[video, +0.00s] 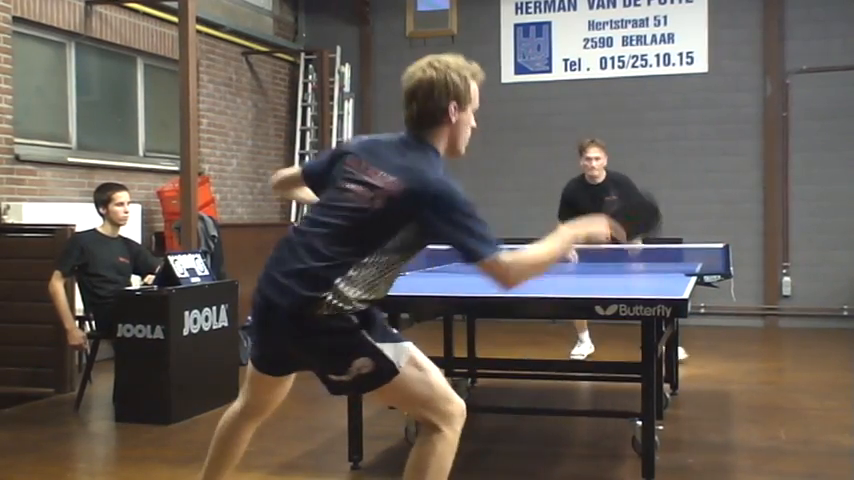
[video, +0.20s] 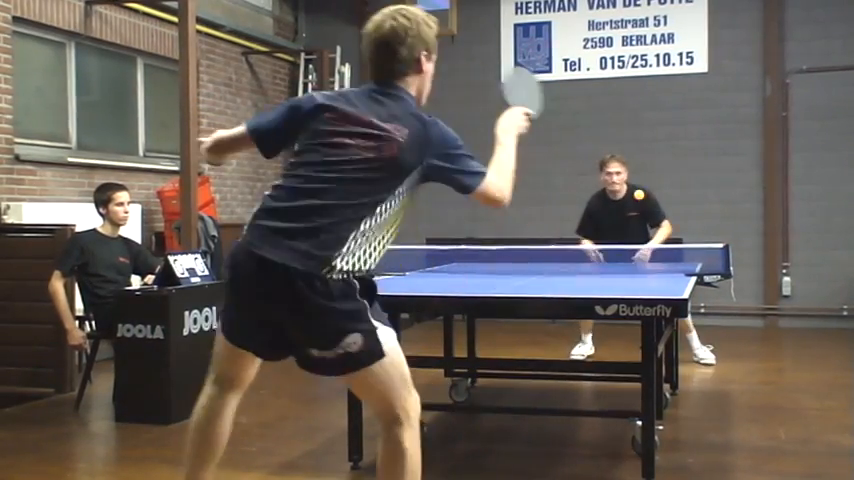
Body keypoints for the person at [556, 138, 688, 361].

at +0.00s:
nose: (592, 164)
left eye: (597, 159)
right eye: (588, 159)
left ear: (605, 160)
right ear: (580, 162)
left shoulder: (621, 183)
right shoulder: (572, 189)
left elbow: (644, 214)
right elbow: (563, 223)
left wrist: (636, 238)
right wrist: (566, 245)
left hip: (624, 251)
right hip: (587, 254)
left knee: (652, 289)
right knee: (571, 292)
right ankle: (583, 340)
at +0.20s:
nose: (613, 179)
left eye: (618, 173)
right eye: (609, 174)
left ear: (626, 175)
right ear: (601, 177)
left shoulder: (641, 196)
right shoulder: (596, 202)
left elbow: (665, 227)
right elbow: (583, 238)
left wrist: (649, 247)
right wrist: (588, 247)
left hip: (641, 265)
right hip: (606, 267)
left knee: (676, 295)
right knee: (583, 292)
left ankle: (696, 347)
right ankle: (585, 342)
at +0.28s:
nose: (621, 178)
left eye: (625, 173)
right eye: (616, 173)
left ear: (633, 174)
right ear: (608, 176)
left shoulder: (648, 192)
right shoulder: (602, 201)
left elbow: (675, 224)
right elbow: (595, 237)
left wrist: (654, 242)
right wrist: (602, 249)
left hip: (651, 263)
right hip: (616, 265)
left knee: (679, 294)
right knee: (588, 288)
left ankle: (697, 346)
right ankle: (590, 337)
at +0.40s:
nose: (627, 180)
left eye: (632, 175)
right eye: (622, 176)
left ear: (639, 175)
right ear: (614, 177)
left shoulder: (653, 192)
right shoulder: (608, 203)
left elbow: (684, 221)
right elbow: (605, 239)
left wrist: (667, 233)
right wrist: (613, 249)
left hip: (659, 261)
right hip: (624, 263)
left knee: (683, 296)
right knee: (600, 294)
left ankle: (701, 346)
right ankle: (596, 346)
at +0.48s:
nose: (630, 182)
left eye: (634, 177)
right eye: (626, 177)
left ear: (641, 177)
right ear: (617, 179)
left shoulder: (656, 194)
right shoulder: (611, 204)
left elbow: (687, 221)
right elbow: (606, 242)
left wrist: (674, 228)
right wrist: (622, 251)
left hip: (662, 263)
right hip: (625, 265)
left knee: (686, 297)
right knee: (602, 296)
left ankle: (702, 347)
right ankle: (596, 346)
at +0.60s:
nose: (635, 182)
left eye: (639, 176)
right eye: (630, 177)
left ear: (645, 177)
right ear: (621, 178)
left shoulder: (659, 194)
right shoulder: (614, 203)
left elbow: (691, 219)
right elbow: (602, 243)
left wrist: (684, 222)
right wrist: (633, 252)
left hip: (659, 265)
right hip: (623, 267)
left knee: (690, 295)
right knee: (602, 296)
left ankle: (702, 347)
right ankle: (597, 347)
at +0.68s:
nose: (638, 180)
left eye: (642, 174)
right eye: (633, 175)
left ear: (648, 174)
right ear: (623, 176)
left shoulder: (660, 192)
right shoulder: (615, 201)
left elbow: (692, 219)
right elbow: (603, 239)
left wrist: (686, 216)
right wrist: (639, 241)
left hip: (660, 262)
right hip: (623, 265)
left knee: (691, 293)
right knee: (603, 295)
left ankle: (703, 347)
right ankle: (597, 347)